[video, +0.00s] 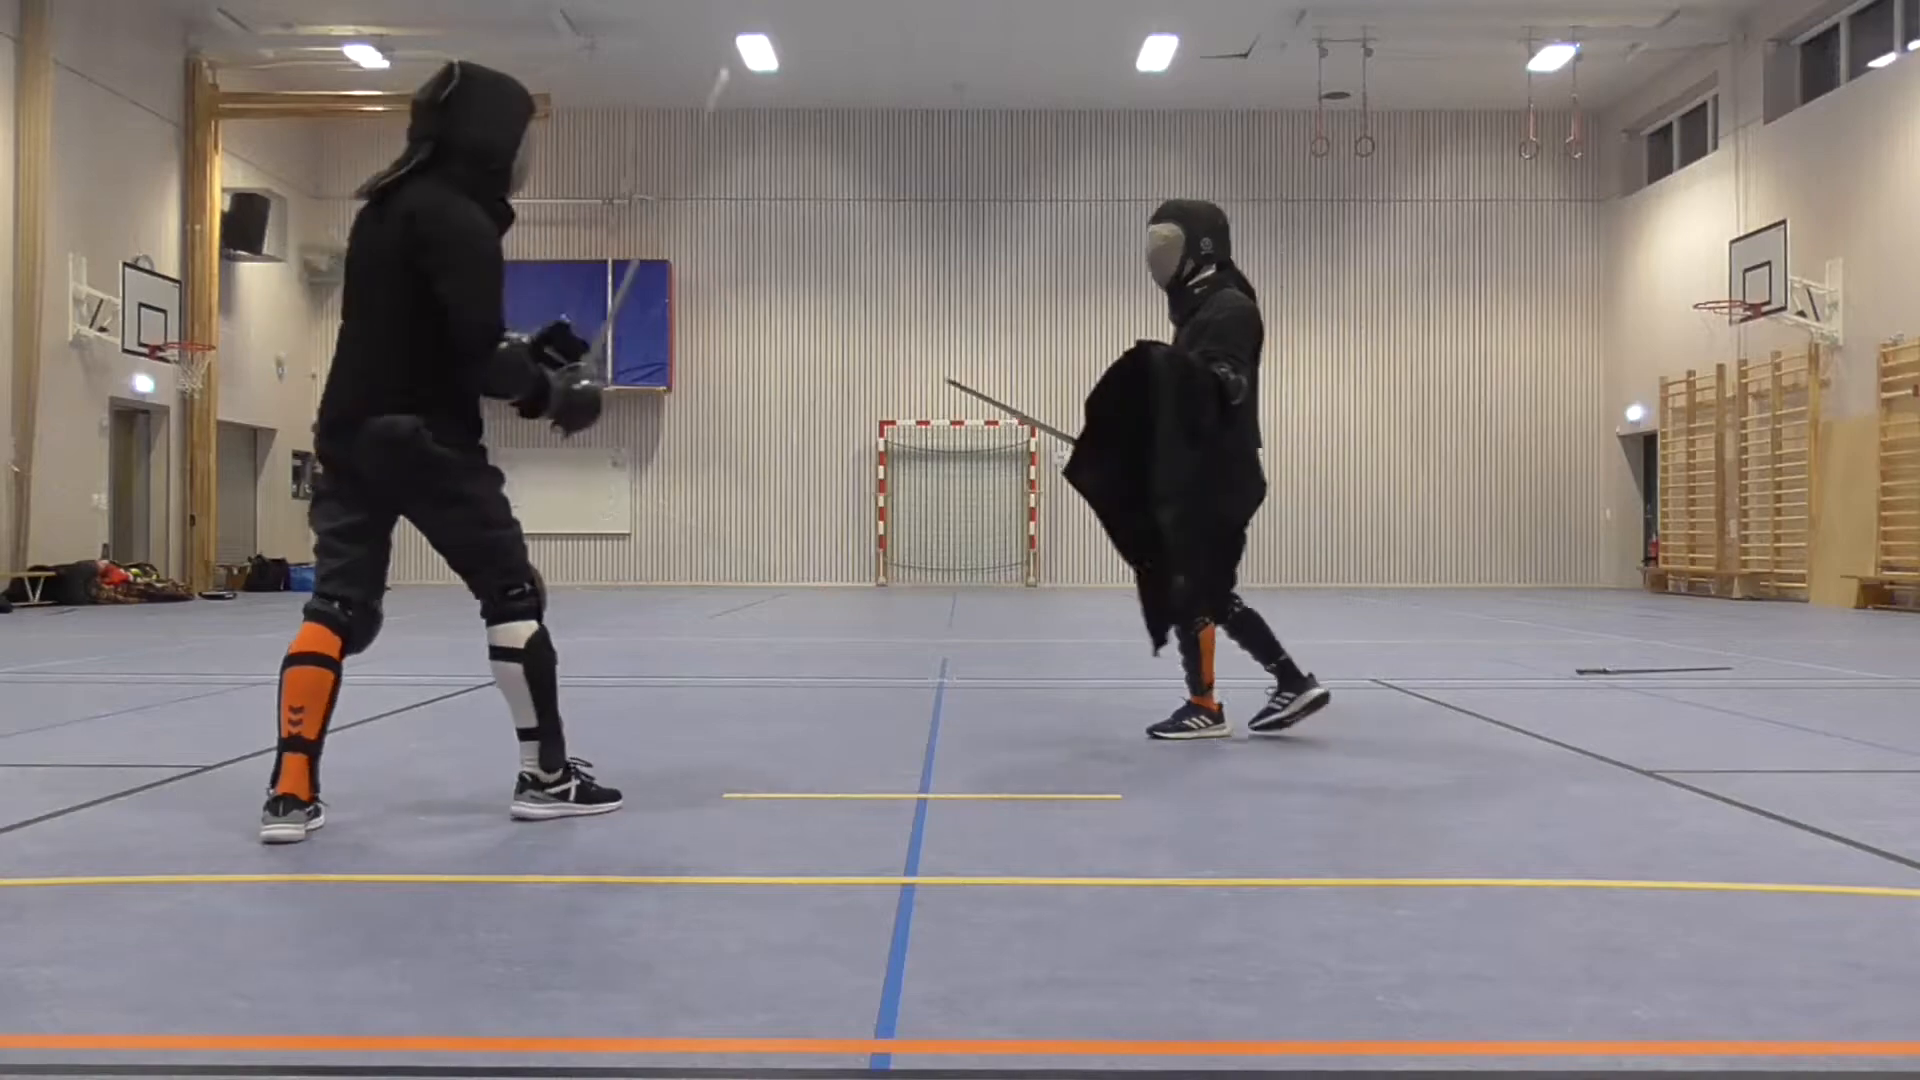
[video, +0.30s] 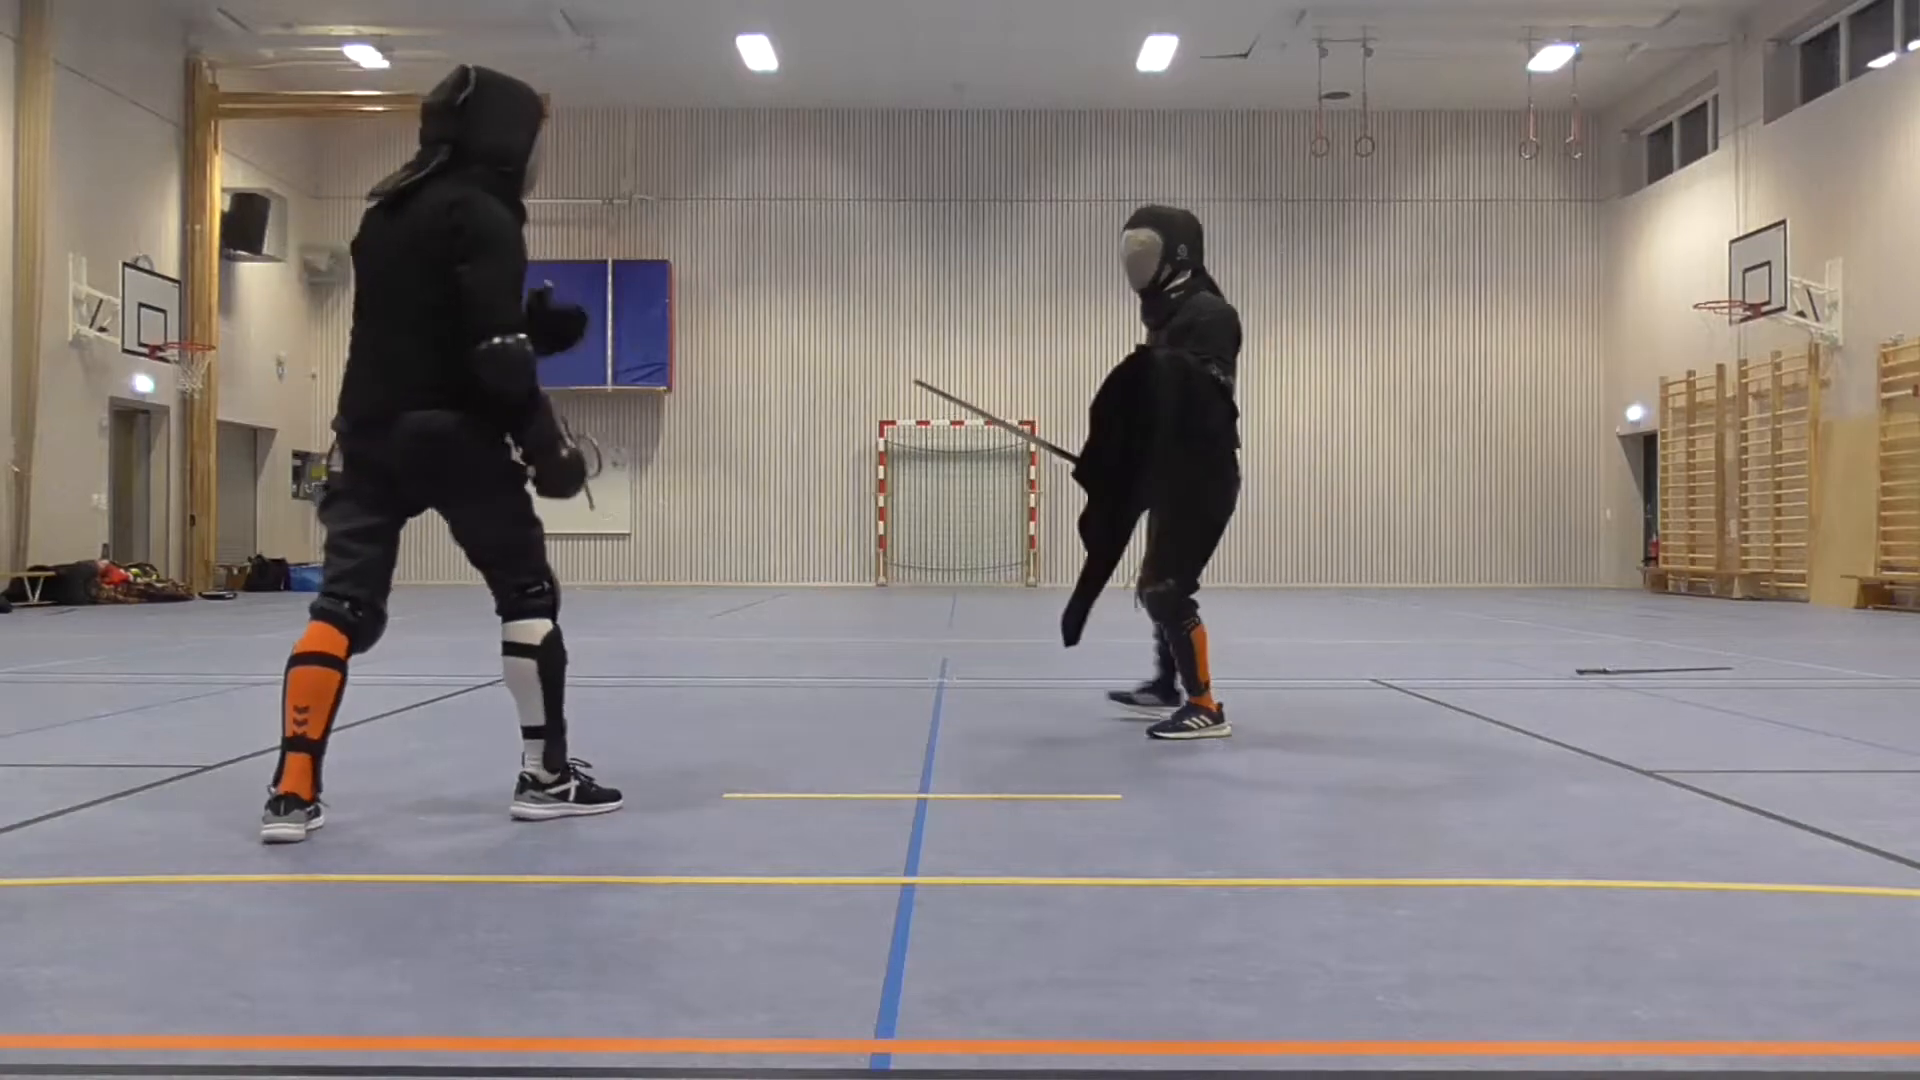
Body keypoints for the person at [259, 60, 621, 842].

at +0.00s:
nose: (520, 157)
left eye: (522, 140)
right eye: (515, 139)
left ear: (446, 127)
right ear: (485, 136)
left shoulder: (384, 205)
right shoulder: (460, 221)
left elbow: (415, 336)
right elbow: (477, 355)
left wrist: (517, 350)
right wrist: (544, 390)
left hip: (347, 433)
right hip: (428, 436)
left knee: (337, 605)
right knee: (509, 589)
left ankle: (290, 791)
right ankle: (545, 768)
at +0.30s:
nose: (530, 154)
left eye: (531, 138)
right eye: (525, 138)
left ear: (453, 129)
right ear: (497, 136)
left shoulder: (391, 207)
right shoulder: (484, 216)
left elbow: (417, 332)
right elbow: (499, 353)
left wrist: (522, 326)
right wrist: (546, 446)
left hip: (368, 432)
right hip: (459, 435)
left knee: (344, 603)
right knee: (526, 592)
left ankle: (294, 786)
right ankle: (546, 767)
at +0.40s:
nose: (521, 149)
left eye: (521, 135)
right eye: (515, 134)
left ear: (435, 128)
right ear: (491, 134)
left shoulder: (372, 215)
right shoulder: (492, 214)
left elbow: (373, 326)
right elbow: (524, 344)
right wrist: (554, 445)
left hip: (373, 435)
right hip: (471, 435)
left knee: (345, 600)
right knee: (526, 592)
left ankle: (301, 782)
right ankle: (545, 766)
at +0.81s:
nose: (456, 144)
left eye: (453, 131)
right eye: (452, 131)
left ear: (364, 128)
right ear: (431, 130)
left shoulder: (308, 214)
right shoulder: (451, 212)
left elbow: (257, 335)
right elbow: (507, 339)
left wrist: (324, 379)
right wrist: (540, 437)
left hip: (341, 439)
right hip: (446, 434)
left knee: (327, 601)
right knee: (517, 575)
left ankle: (308, 790)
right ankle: (547, 752)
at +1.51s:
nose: (508, 162)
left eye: (508, 149)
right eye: (502, 148)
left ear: (418, 145)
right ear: (481, 147)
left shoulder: (366, 231)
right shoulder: (492, 226)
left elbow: (354, 330)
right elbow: (536, 345)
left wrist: (410, 385)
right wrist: (586, 426)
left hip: (384, 441)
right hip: (480, 440)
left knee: (348, 602)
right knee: (553, 580)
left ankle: (309, 789)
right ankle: (538, 749)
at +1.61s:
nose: (533, 178)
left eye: (532, 165)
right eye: (527, 165)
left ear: (445, 164)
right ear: (507, 165)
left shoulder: (405, 253)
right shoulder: (519, 243)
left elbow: (462, 351)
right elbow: (577, 341)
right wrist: (643, 400)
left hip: (414, 458)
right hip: (506, 457)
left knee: (366, 609)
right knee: (587, 583)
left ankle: (314, 782)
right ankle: (552, 743)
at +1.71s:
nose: (586, 209)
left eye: (583, 197)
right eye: (582, 197)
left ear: (502, 193)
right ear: (566, 198)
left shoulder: (469, 262)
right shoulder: (566, 267)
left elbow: (548, 321)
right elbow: (655, 328)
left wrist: (637, 305)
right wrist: (711, 329)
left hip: (455, 470)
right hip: (541, 470)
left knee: (389, 617)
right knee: (630, 592)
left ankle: (315, 788)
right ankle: (593, 742)